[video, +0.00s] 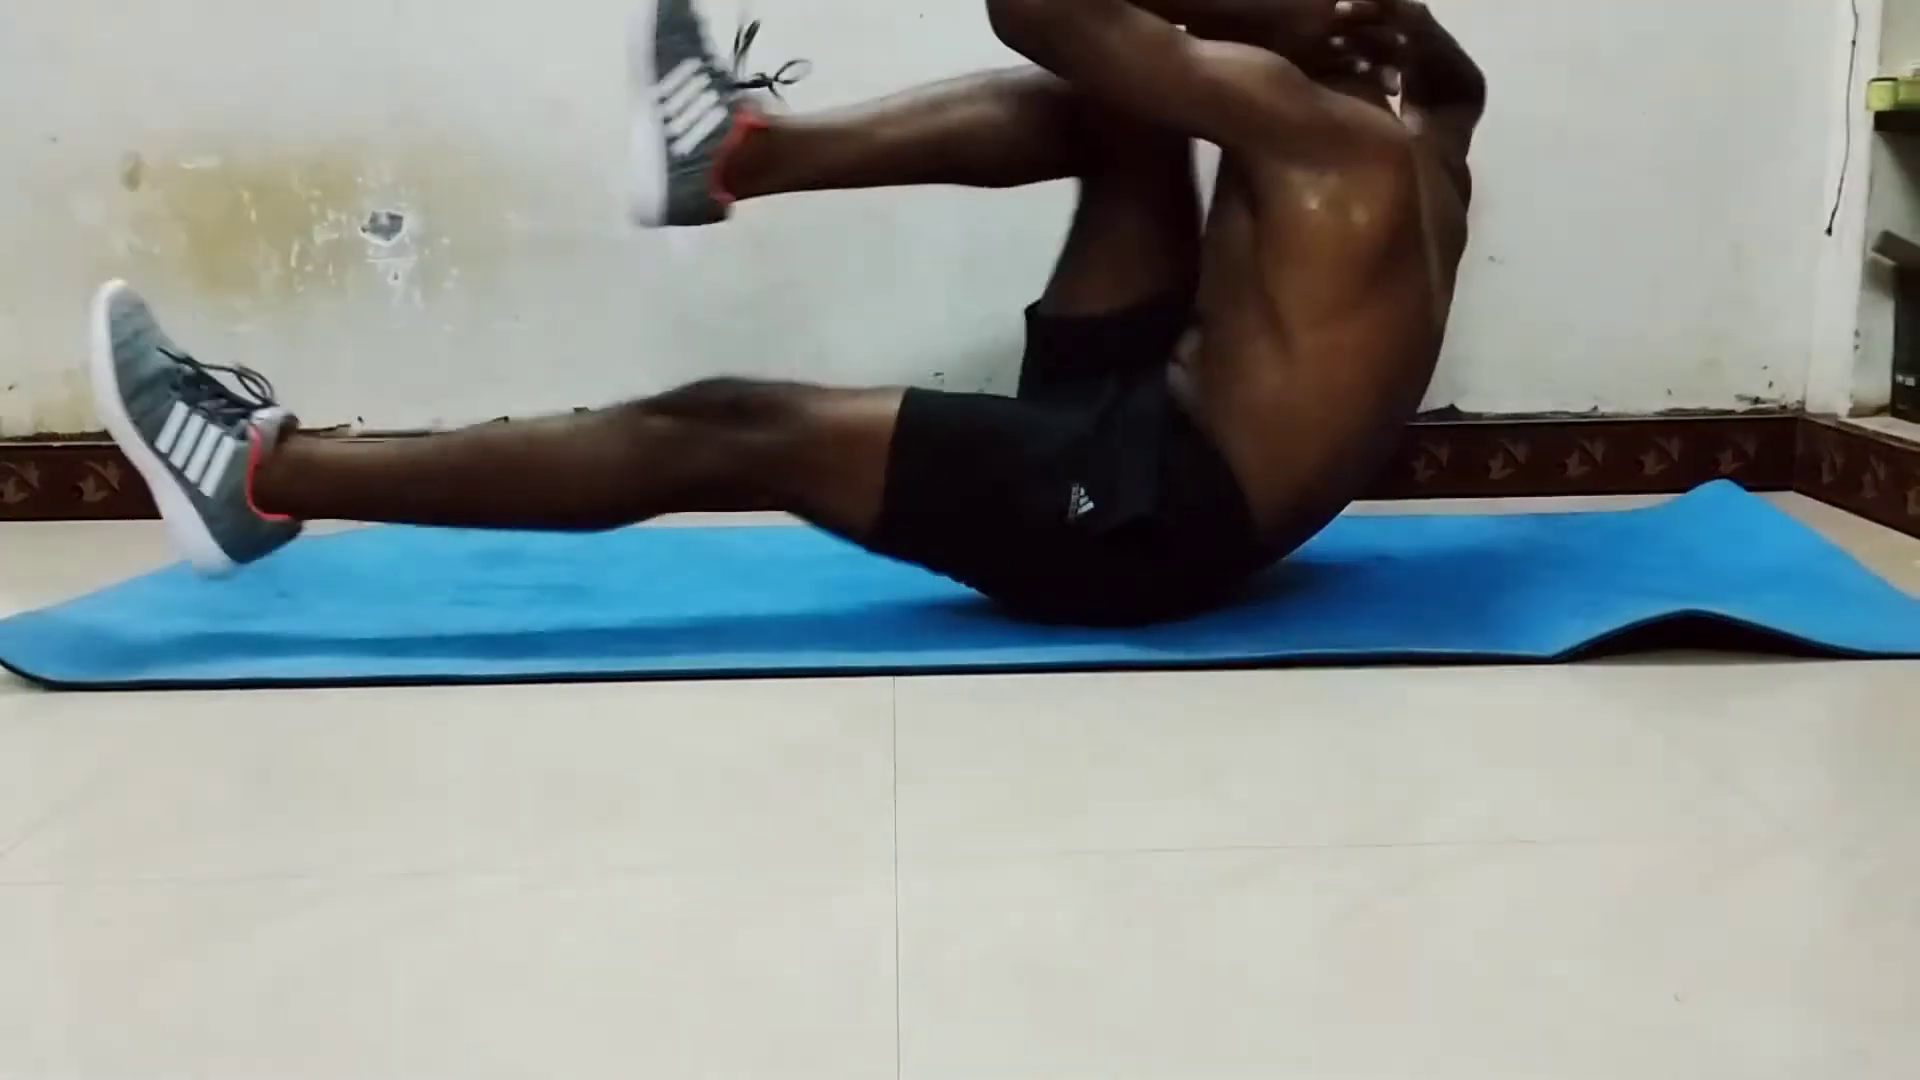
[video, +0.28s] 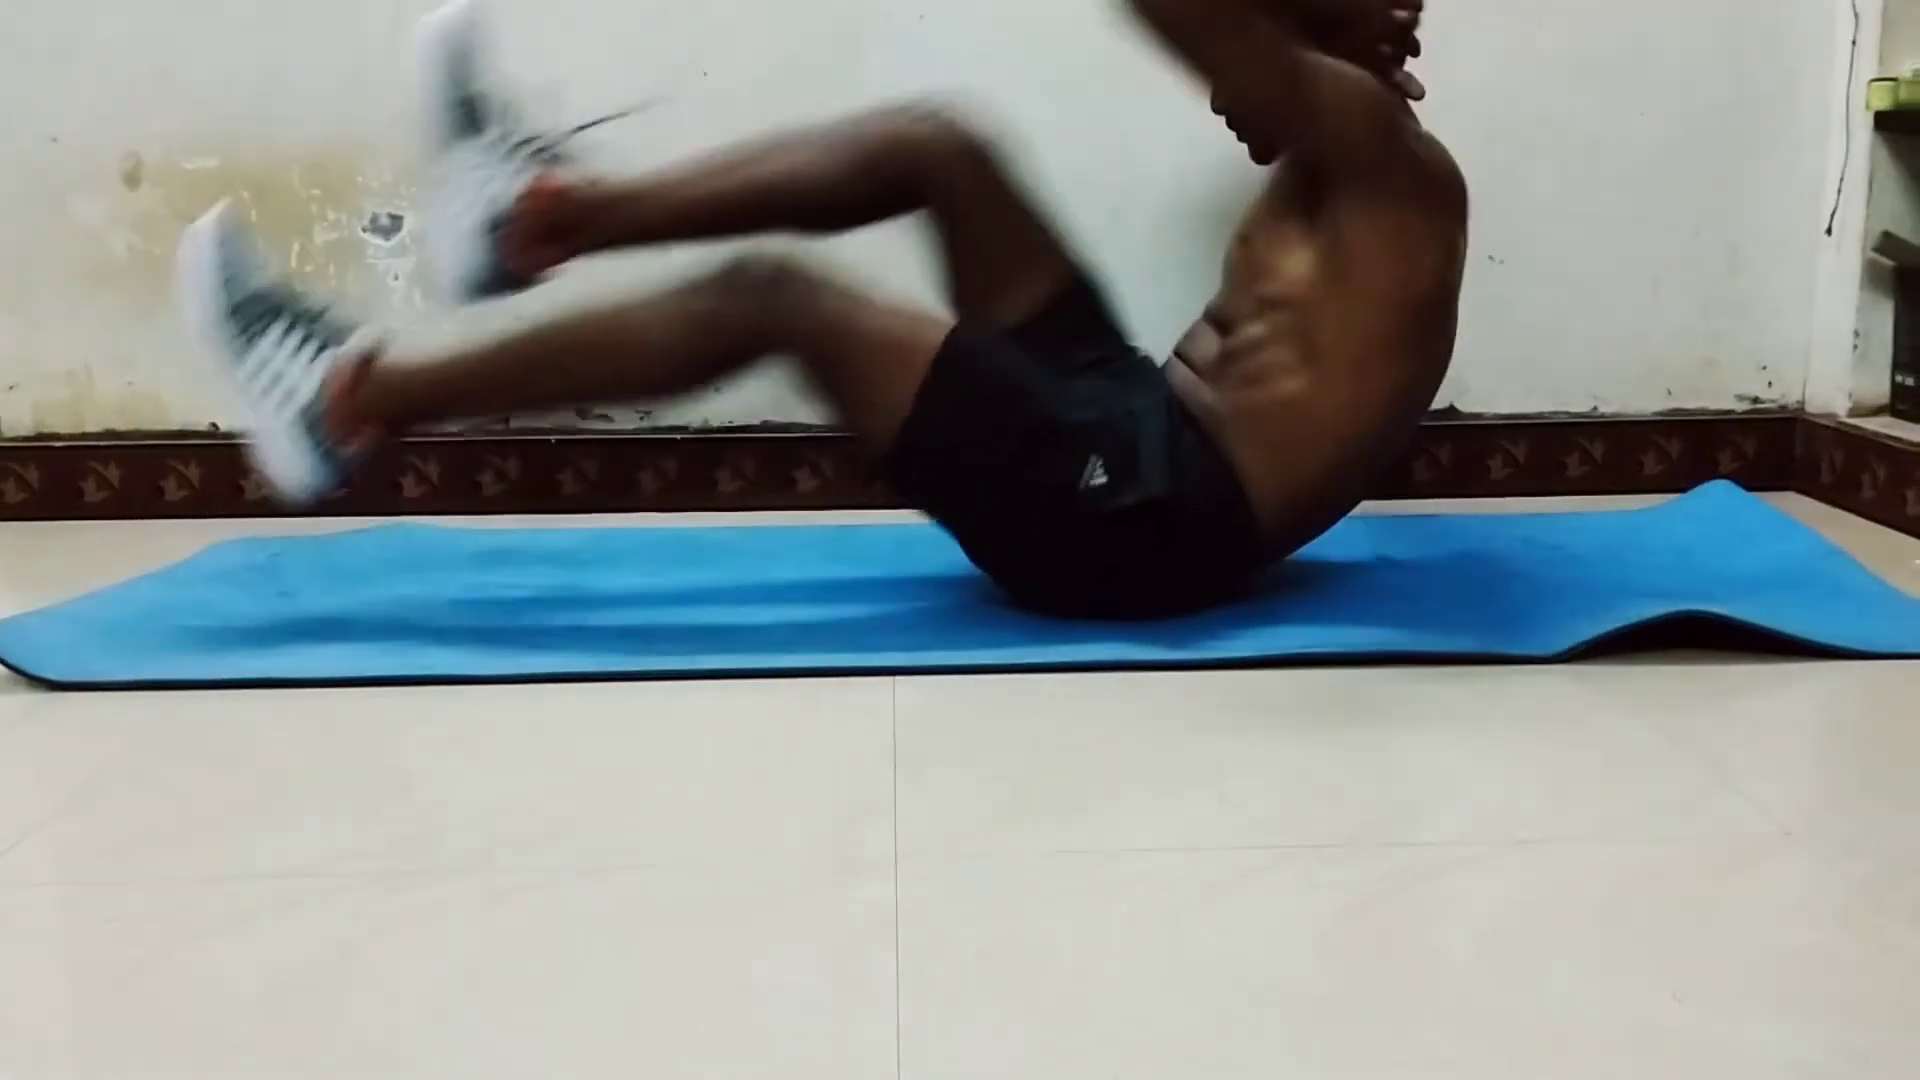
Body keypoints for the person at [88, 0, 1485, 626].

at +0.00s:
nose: (1233, 31)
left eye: (1248, 20)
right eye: (1247, 19)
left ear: (1321, 34)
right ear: (1372, 43)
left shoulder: (1329, 115)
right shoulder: (1407, 137)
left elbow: (1081, 53)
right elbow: (1149, 82)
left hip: (1131, 507)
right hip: (1148, 432)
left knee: (720, 429)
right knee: (1118, 111)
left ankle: (260, 474)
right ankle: (739, 155)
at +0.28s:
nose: (1263, 77)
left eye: (1292, 42)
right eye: (1291, 39)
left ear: (1356, 39)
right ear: (1344, 45)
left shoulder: (1382, 152)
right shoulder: (1342, 168)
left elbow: (1169, 6)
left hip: (1137, 501)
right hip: (1124, 433)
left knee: (777, 289)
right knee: (941, 150)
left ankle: (341, 406)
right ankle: (539, 220)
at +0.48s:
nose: (1224, 82)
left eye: (1246, 50)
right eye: (1217, 56)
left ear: (1337, 37)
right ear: (1261, 67)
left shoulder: (1407, 172)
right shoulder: (1305, 193)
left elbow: (1396, 43)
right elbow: (1173, 92)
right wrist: (1281, 86)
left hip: (1143, 507)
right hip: (1094, 500)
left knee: (887, 166)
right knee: (802, 288)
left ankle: (489, 283)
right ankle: (434, 304)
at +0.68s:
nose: (1267, 83)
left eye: (1296, 56)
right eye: (1255, 60)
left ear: (1376, 54)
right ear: (1252, 76)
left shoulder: (1436, 153)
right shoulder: (1240, 162)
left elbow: (1618, 19)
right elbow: (1058, 64)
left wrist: (1458, 22)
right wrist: (1230, 29)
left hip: (1132, 503)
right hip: (1052, 459)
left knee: (1033, 112)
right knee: (737, 377)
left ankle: (642, 176)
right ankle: (352, 369)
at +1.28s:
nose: (1254, 93)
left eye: (1289, 64)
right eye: (1248, 66)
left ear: (1385, 62)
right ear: (1251, 59)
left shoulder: (1451, 187)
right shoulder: (1245, 155)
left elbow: (1599, 18)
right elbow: (1067, 35)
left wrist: (1441, 22)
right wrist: (1241, 21)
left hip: (1127, 512)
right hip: (1068, 471)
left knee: (860, 169)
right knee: (829, 205)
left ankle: (455, 208)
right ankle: (486, 386)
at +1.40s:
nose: (1217, 97)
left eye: (1243, 66)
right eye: (1206, 74)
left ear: (1344, 45)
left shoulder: (1404, 174)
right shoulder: (1327, 174)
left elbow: (1386, 99)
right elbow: (1259, 151)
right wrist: (1180, 77)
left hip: (1119, 513)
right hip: (1101, 447)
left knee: (808, 223)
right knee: (893, 161)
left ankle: (370, 245)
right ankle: (539, 334)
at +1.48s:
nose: (1235, 81)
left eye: (1252, 50)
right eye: (1241, 54)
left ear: (1343, 47)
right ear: (1351, 52)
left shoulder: (1379, 172)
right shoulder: (1333, 186)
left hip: (1118, 503)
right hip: (1091, 427)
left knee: (742, 310)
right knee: (1012, 121)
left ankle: (302, 295)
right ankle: (641, 233)